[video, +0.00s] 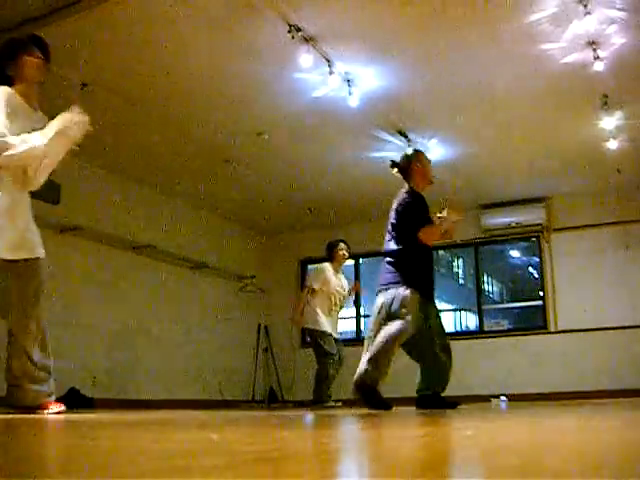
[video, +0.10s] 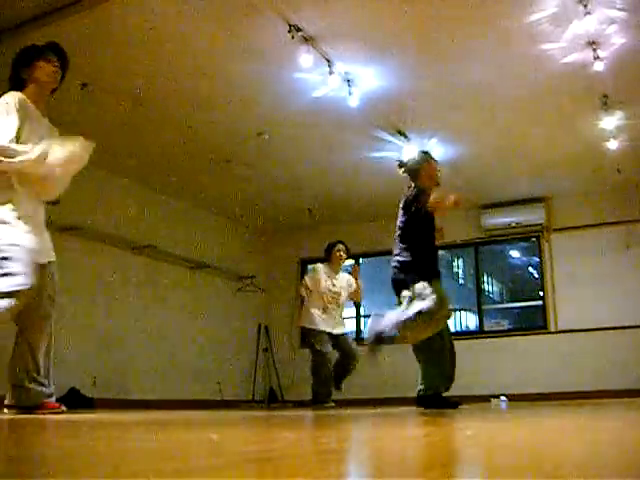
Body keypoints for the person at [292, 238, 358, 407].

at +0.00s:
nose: (344, 253)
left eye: (346, 251)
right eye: (340, 250)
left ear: (347, 255)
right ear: (332, 253)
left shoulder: (342, 280)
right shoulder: (322, 269)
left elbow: (338, 304)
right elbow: (306, 291)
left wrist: (351, 292)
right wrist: (298, 313)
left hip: (329, 324)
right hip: (315, 320)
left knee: (338, 356)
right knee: (329, 356)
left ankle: (323, 395)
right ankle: (321, 397)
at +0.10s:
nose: (341, 255)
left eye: (343, 252)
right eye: (337, 251)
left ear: (346, 257)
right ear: (329, 254)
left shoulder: (346, 278)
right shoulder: (318, 271)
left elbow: (357, 298)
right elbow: (303, 288)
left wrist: (356, 279)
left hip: (336, 324)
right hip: (315, 322)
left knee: (350, 355)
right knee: (324, 356)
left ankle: (335, 379)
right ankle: (322, 397)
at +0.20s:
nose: (342, 251)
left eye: (345, 249)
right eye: (339, 247)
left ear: (348, 253)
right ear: (332, 250)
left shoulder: (349, 274)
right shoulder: (318, 263)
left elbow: (364, 294)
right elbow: (299, 268)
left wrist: (361, 283)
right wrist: (307, 272)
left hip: (333, 314)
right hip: (312, 314)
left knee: (336, 333)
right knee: (314, 359)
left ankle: (336, 362)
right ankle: (319, 397)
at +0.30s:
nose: (343, 249)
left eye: (346, 247)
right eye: (340, 246)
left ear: (348, 252)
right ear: (333, 248)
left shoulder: (350, 272)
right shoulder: (320, 261)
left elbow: (359, 290)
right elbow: (297, 258)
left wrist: (358, 297)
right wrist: (308, 273)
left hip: (337, 304)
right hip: (317, 305)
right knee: (316, 351)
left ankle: (319, 356)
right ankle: (329, 392)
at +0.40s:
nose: (342, 253)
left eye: (345, 251)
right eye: (340, 249)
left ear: (348, 255)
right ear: (332, 252)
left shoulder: (351, 275)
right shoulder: (319, 270)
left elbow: (358, 301)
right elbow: (300, 274)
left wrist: (358, 323)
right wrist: (303, 285)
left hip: (338, 317)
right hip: (320, 316)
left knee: (307, 338)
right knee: (321, 358)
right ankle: (339, 396)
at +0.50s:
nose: (341, 258)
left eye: (344, 255)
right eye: (338, 254)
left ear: (346, 259)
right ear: (330, 256)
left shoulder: (350, 277)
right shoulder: (320, 278)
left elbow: (365, 298)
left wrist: (356, 317)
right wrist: (316, 304)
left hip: (339, 324)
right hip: (322, 323)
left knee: (307, 348)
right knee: (318, 364)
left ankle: (278, 372)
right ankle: (337, 396)